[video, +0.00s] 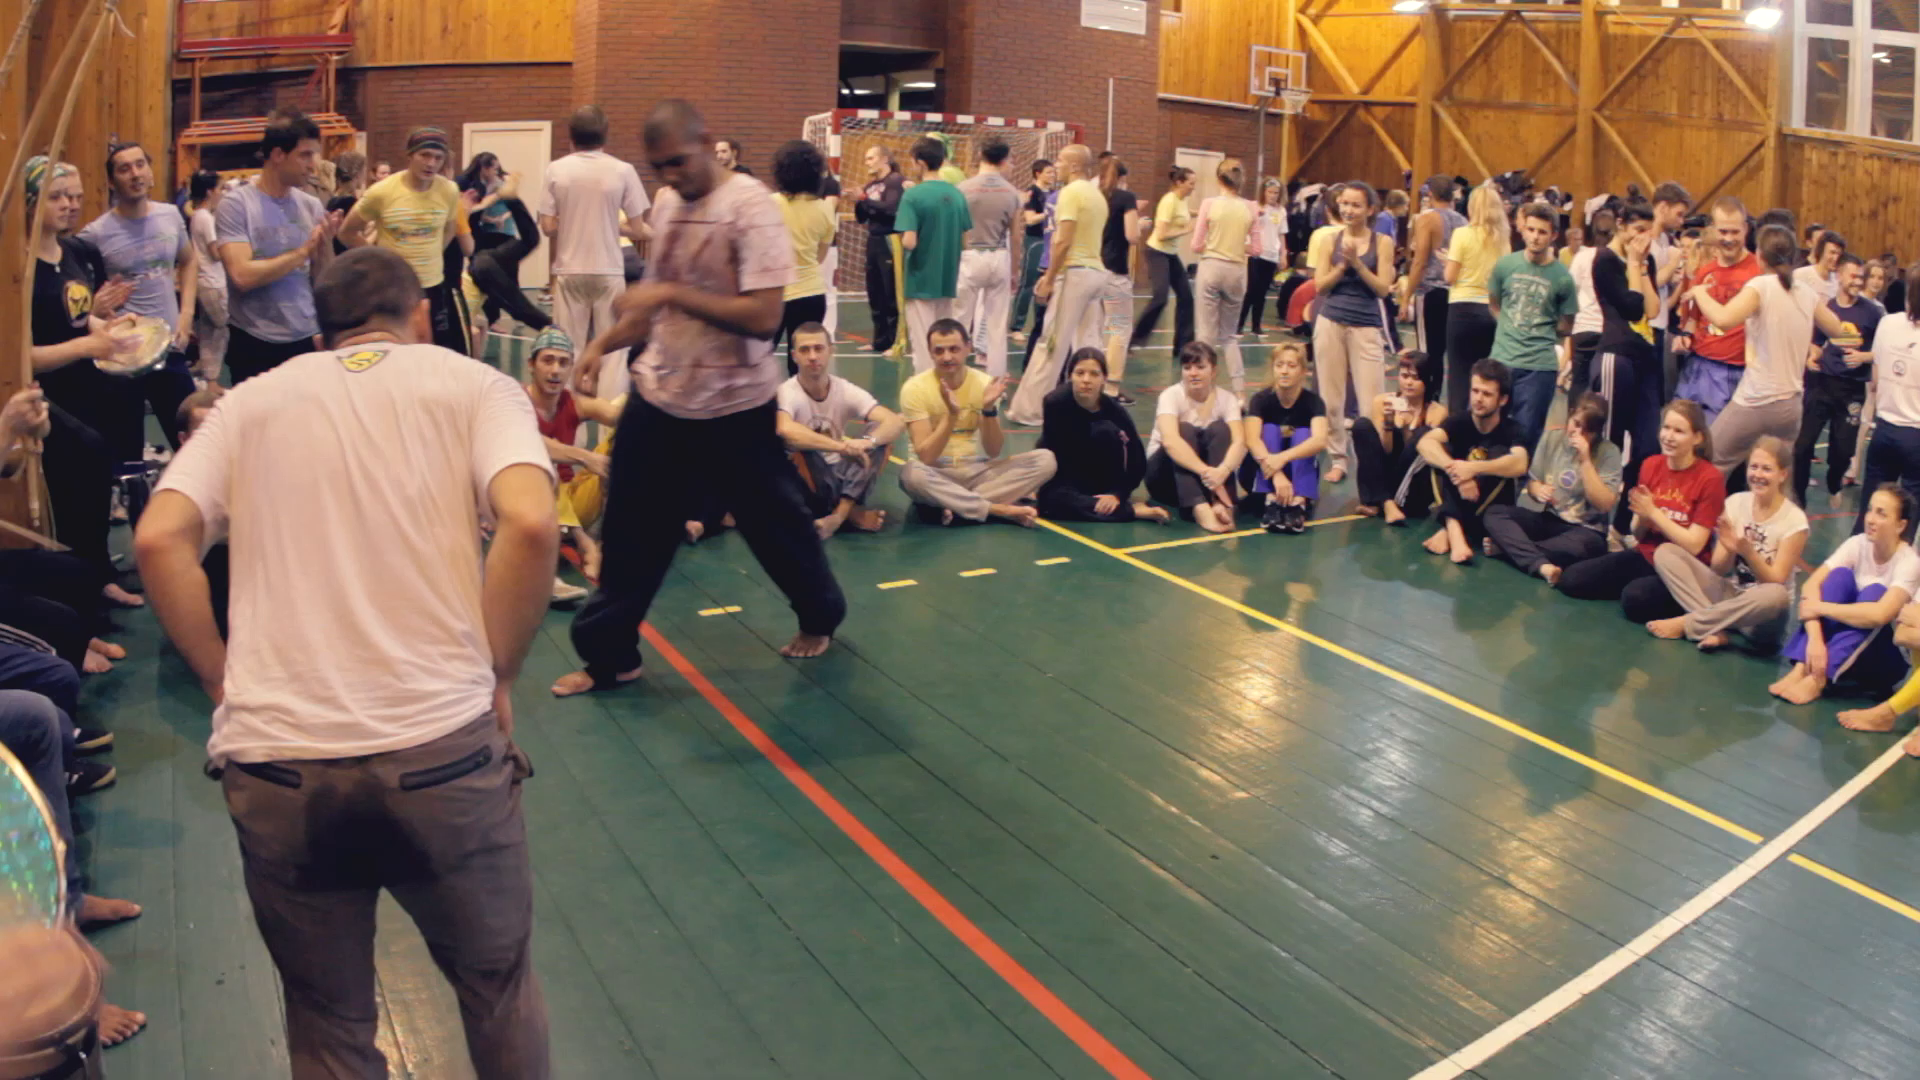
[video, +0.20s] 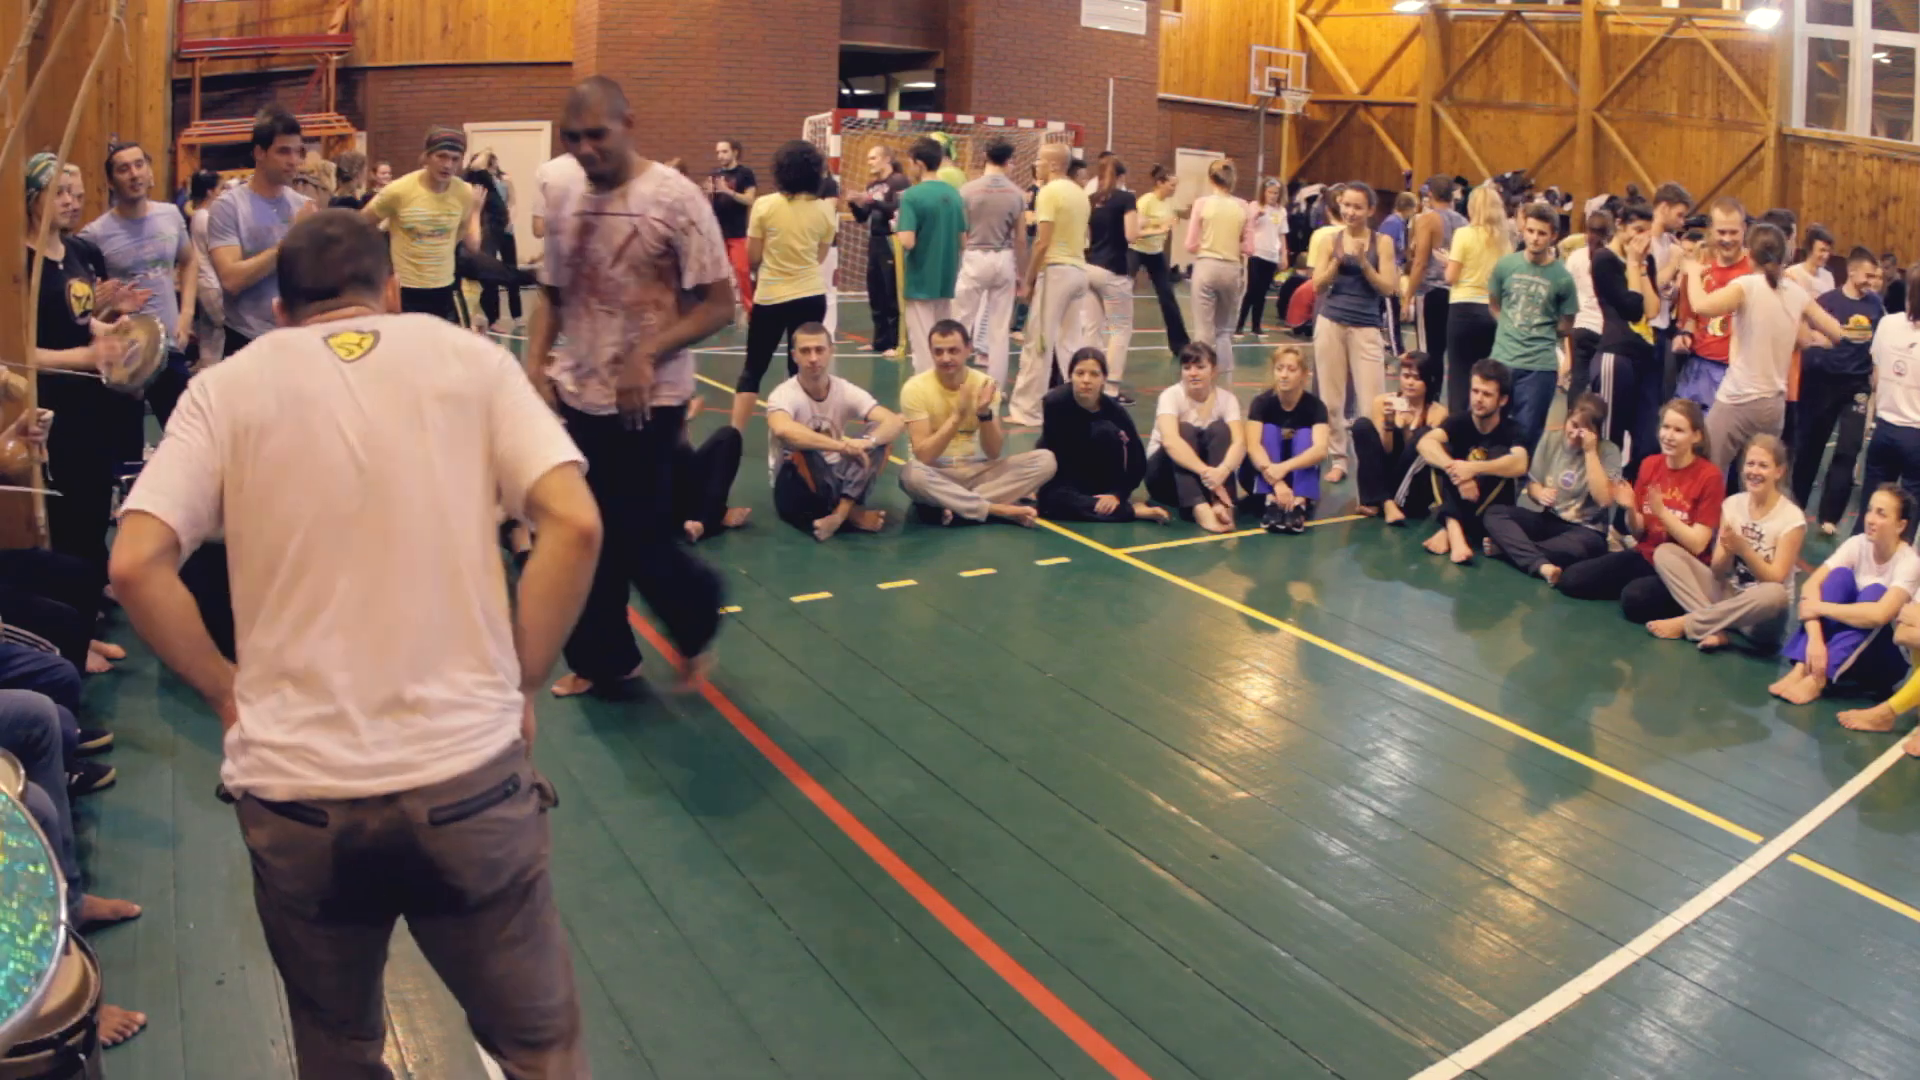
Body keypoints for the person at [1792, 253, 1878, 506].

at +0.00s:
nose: (1857, 281)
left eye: (1860, 277)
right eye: (1852, 276)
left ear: (1864, 280)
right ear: (1839, 277)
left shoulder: (1874, 312)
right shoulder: (1823, 308)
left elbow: (1883, 349)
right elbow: (1811, 336)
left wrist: (1864, 356)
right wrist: (1810, 352)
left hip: (1852, 384)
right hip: (1820, 379)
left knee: (1844, 448)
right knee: (1803, 444)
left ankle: (1834, 485)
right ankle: (1798, 496)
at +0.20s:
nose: (1870, 282)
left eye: (1874, 277)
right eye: (1866, 276)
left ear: (1876, 276)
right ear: (1851, 272)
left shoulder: (1875, 307)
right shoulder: (1823, 302)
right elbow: (1801, 337)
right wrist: (1823, 340)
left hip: (1857, 385)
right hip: (1821, 381)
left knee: (1847, 453)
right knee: (1809, 445)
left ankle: (1830, 518)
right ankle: (1796, 506)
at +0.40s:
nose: (1888, 286)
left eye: (1891, 281)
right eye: (1884, 279)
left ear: (1889, 282)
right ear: (1867, 276)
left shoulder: (1888, 313)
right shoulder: (1843, 305)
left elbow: (1894, 349)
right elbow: (1815, 333)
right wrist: (1832, 340)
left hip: (1872, 393)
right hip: (1838, 387)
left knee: (1859, 465)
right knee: (1821, 448)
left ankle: (1839, 529)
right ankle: (1798, 495)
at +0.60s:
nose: (1905, 284)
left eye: (1907, 279)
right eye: (1902, 278)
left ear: (1901, 279)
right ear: (1886, 275)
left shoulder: (1904, 311)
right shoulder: (1858, 304)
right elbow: (1831, 341)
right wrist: (1843, 372)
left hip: (1888, 389)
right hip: (1859, 386)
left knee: (1864, 462)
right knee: (1850, 454)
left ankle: (1842, 527)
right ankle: (1814, 511)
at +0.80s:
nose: (1877, 281)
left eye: (1881, 276)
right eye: (1873, 276)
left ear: (1885, 280)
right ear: (1864, 278)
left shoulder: (1883, 305)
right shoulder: (1855, 301)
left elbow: (1882, 333)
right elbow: (1855, 335)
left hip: (1876, 361)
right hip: (1856, 360)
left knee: (1866, 414)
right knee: (1856, 413)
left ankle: (1856, 467)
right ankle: (1848, 469)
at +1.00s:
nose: (1881, 281)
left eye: (1884, 277)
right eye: (1877, 276)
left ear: (1886, 281)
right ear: (1866, 276)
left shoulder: (1881, 306)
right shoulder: (1854, 300)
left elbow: (1883, 334)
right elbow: (1850, 336)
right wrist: (1877, 339)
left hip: (1873, 363)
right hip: (1854, 361)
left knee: (1866, 419)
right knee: (1855, 416)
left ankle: (1853, 470)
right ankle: (1846, 471)